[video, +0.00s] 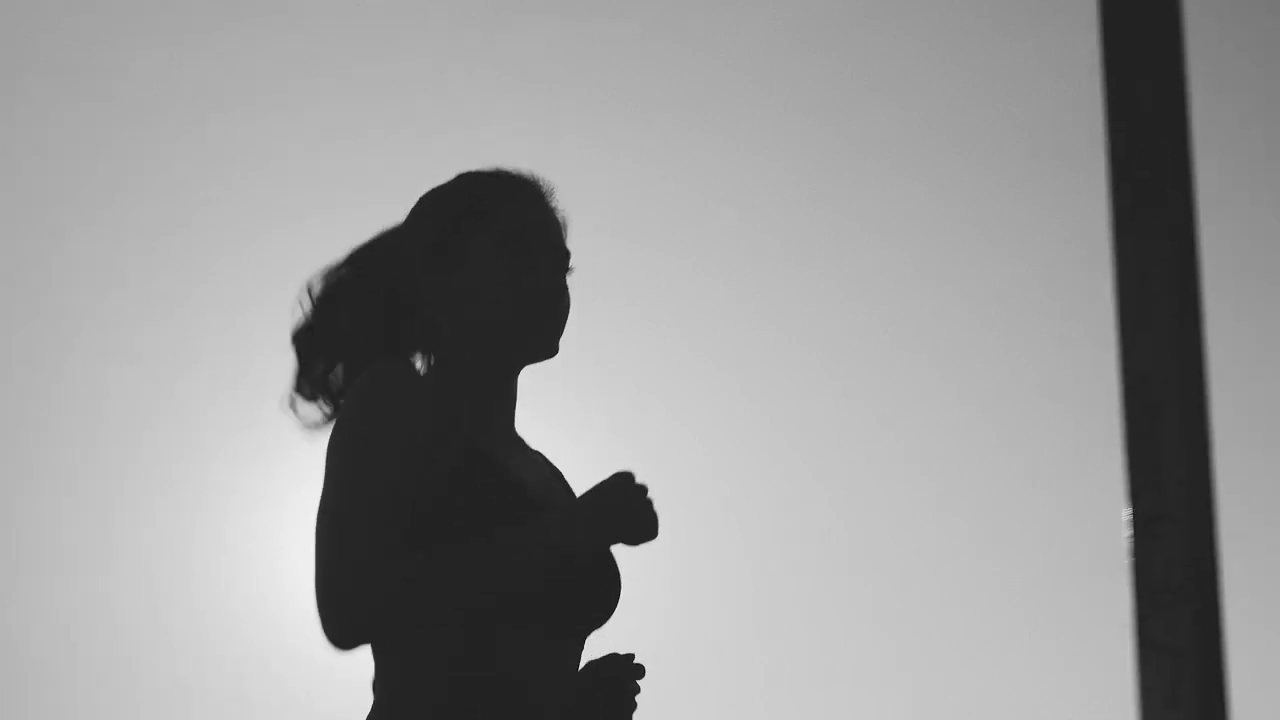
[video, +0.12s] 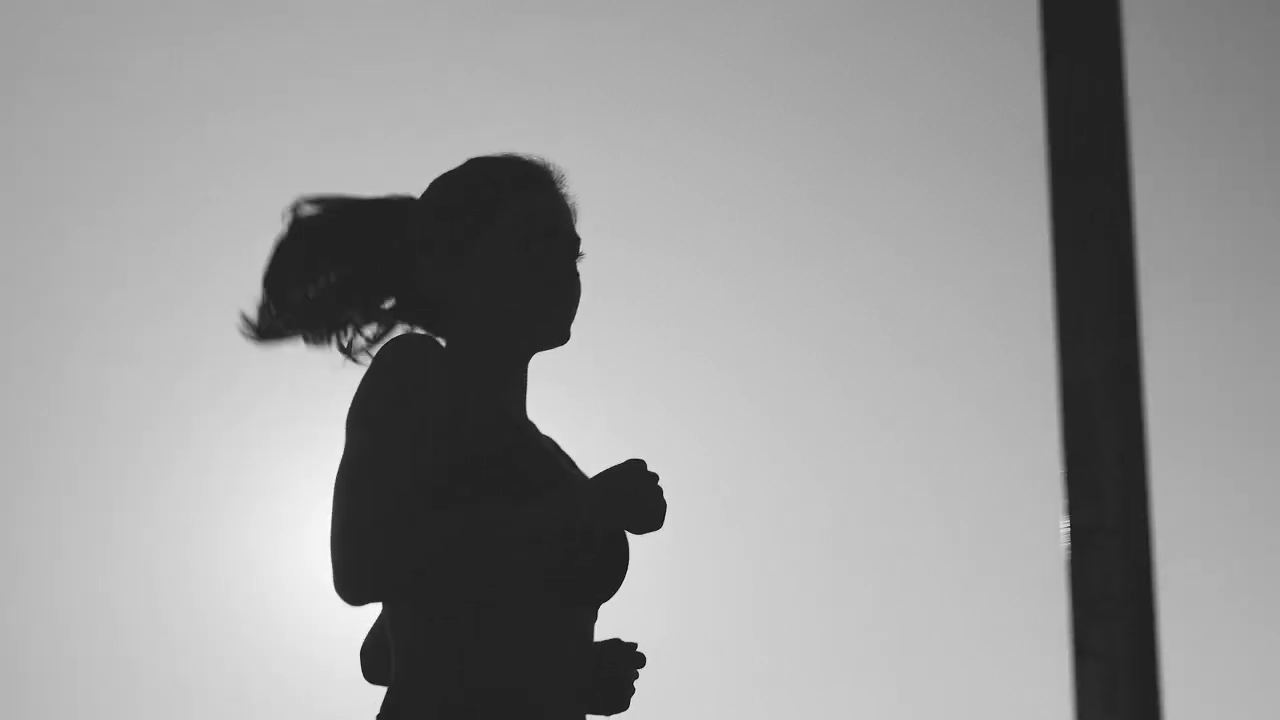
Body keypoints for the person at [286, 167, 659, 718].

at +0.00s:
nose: (563, 293)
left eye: (563, 268)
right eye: (543, 265)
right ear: (469, 275)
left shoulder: (540, 472)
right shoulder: (390, 407)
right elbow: (346, 609)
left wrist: (576, 697)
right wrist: (575, 529)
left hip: (531, 708)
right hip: (423, 705)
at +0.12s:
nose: (576, 272)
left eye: (573, 250)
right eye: (551, 246)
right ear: (474, 260)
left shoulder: (544, 461)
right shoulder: (415, 369)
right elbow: (360, 565)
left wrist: (577, 671)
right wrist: (581, 508)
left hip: (538, 705)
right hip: (442, 701)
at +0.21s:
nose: (583, 268)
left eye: (580, 248)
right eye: (556, 243)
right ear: (480, 261)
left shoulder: (560, 466)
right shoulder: (425, 369)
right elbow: (360, 557)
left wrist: (584, 669)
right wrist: (587, 518)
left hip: (549, 707)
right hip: (449, 702)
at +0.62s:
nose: (613, 357)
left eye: (611, 337)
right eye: (578, 333)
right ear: (488, 367)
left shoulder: (625, 560)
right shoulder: (434, 497)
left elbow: (648, 702)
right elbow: (249, 690)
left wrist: (683, 712)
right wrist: (429, 715)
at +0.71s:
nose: (621, 356)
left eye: (618, 334)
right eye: (592, 332)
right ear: (508, 357)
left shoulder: (638, 557)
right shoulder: (435, 496)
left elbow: (659, 696)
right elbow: (241, 681)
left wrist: (704, 697)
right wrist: (410, 713)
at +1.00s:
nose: (641, 293)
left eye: (639, 270)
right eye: (615, 269)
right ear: (540, 286)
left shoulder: (679, 463)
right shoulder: (439, 434)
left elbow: (826, 668)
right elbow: (257, 593)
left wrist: (728, 534)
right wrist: (363, 635)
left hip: (637, 711)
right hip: (506, 710)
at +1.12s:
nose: (647, 286)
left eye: (646, 261)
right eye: (617, 260)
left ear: (644, 288)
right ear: (535, 280)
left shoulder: (688, 445)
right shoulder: (446, 424)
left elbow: (859, 630)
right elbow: (281, 588)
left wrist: (734, 471)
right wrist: (382, 616)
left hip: (663, 706)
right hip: (524, 705)